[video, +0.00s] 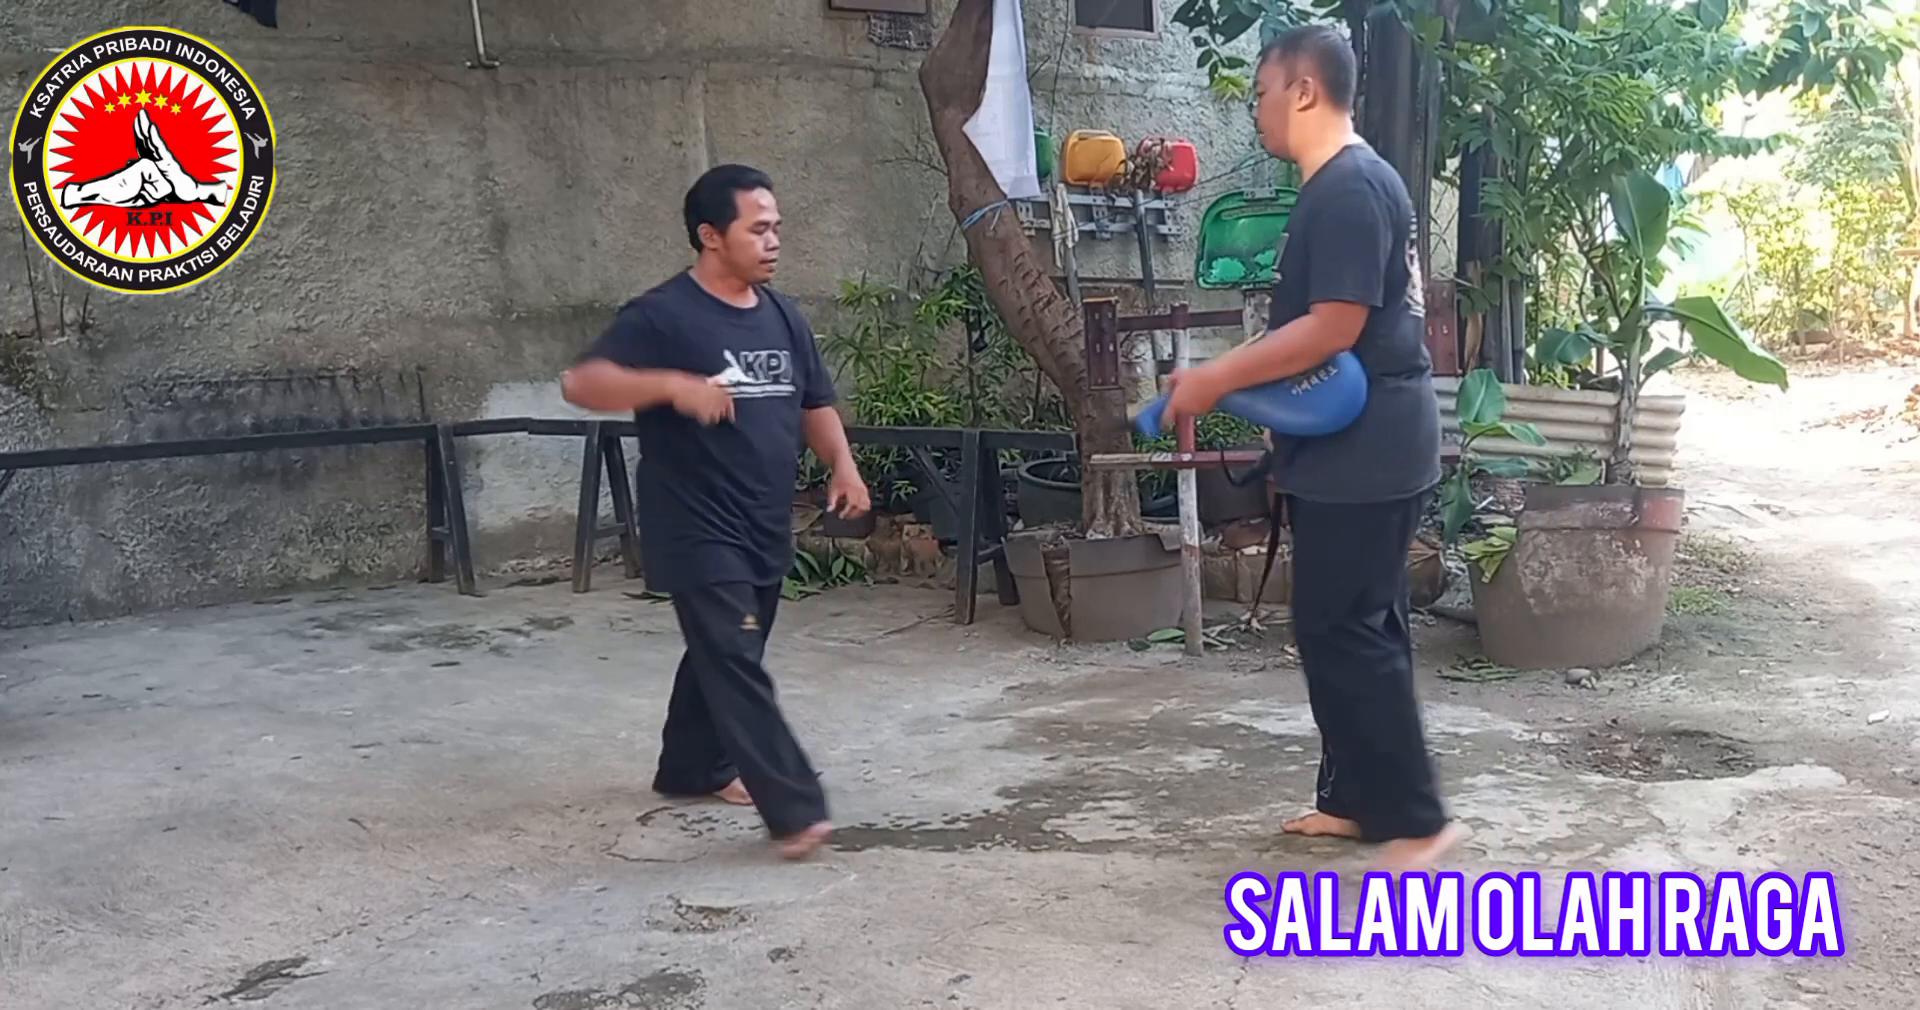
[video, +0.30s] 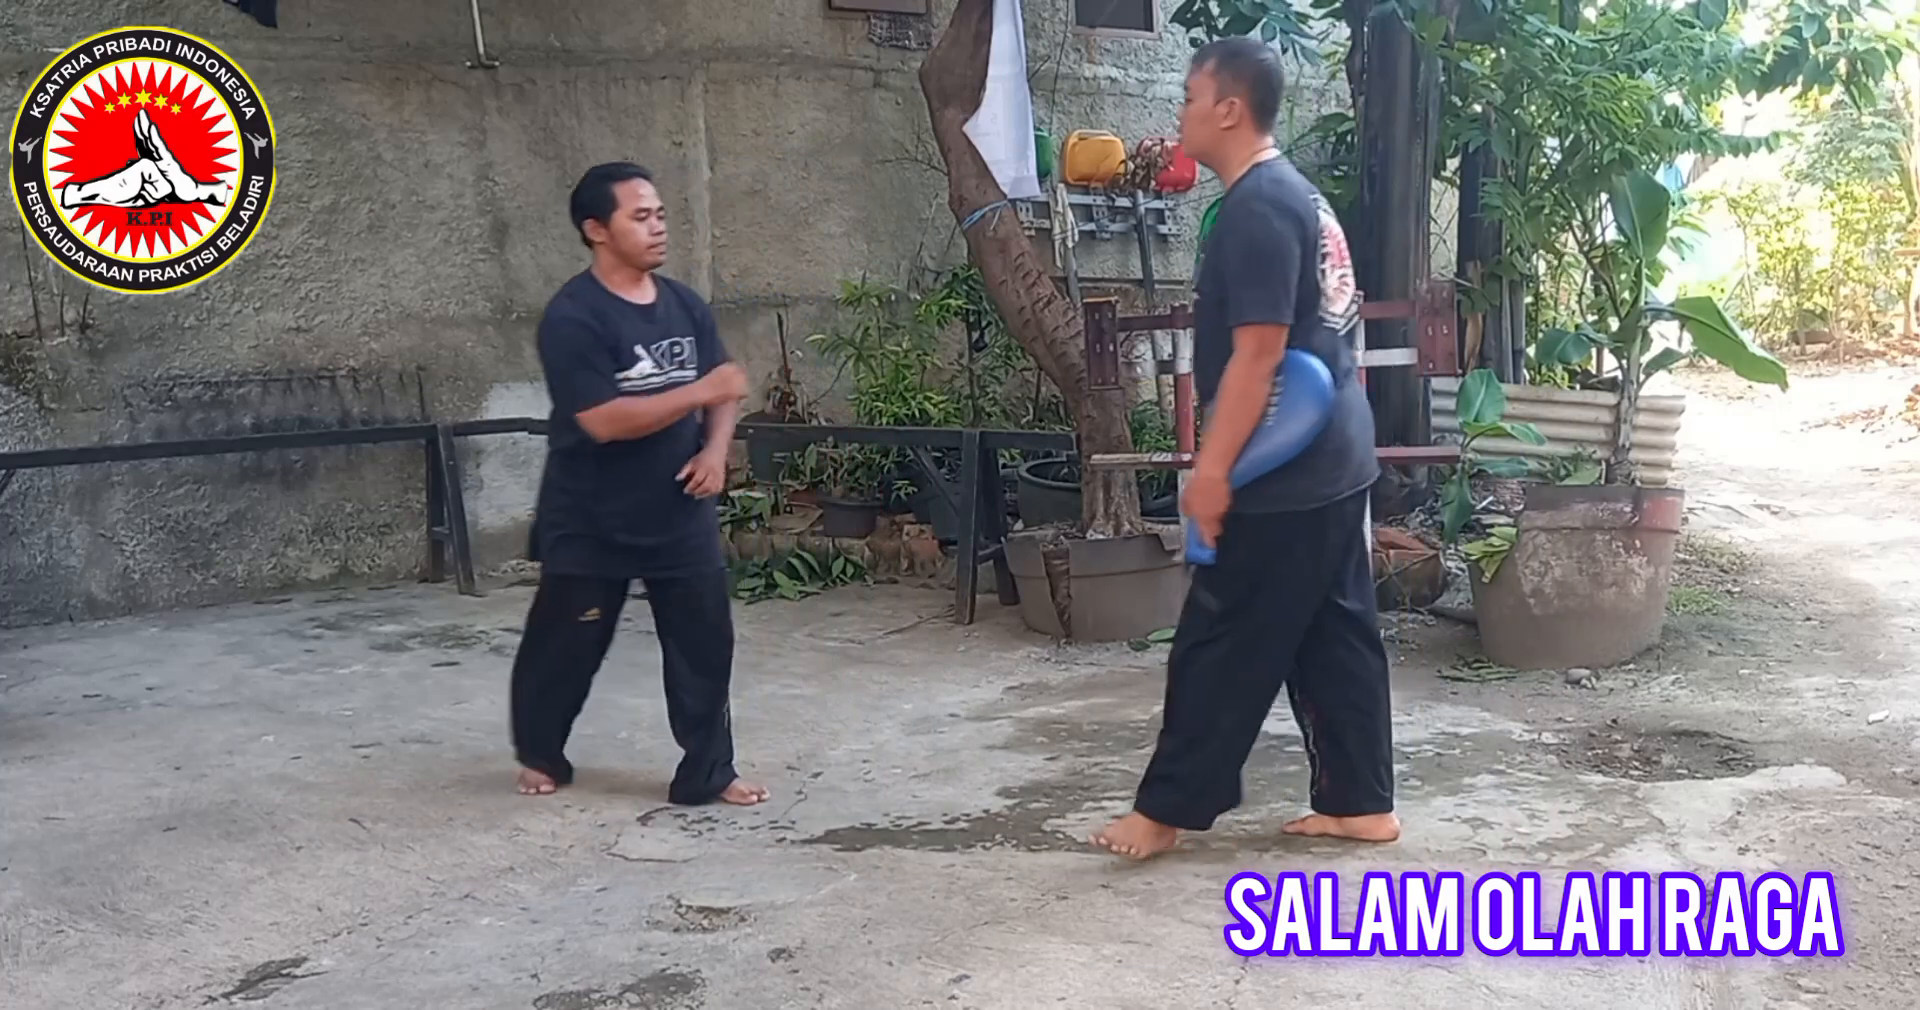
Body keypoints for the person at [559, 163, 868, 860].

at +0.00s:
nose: (775, 238)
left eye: (776, 225)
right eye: (760, 227)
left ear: (772, 229)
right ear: (710, 236)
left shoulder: (783, 314)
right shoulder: (661, 313)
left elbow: (814, 402)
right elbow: (580, 382)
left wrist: (843, 463)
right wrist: (673, 386)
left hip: (766, 523)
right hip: (694, 524)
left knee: (729, 649)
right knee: (731, 654)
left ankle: (690, 769)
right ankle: (795, 811)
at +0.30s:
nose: (658, 226)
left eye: (659, 214)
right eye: (642, 217)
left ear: (664, 218)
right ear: (597, 231)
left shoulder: (687, 305)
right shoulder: (570, 317)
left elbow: (722, 388)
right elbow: (603, 420)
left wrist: (716, 451)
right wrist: (703, 390)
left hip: (681, 508)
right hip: (594, 515)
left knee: (704, 642)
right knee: (566, 639)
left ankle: (708, 772)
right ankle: (540, 753)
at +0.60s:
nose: (581, 252)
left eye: (588, 238)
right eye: (566, 241)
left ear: (595, 231)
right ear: (524, 234)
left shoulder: (616, 302)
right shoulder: (470, 307)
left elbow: (640, 382)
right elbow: (429, 385)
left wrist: (639, 445)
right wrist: (479, 438)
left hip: (605, 501)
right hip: (516, 507)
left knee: (634, 623)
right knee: (520, 638)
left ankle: (609, 737)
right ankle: (531, 757)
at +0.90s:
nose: (595, 257)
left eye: (602, 244)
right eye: (581, 243)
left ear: (609, 242)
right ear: (540, 239)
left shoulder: (620, 320)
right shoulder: (479, 296)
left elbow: (636, 409)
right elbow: (433, 363)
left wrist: (624, 454)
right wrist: (470, 429)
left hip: (575, 498)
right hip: (488, 496)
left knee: (581, 622)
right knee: (486, 622)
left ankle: (584, 737)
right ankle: (493, 743)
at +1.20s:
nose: (532, 261)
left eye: (535, 250)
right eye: (516, 251)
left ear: (541, 255)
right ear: (474, 260)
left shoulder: (566, 332)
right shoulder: (426, 334)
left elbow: (605, 410)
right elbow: (389, 418)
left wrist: (596, 468)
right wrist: (451, 443)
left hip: (546, 513)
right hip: (452, 518)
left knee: (590, 604)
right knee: (437, 618)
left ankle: (594, 736)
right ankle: (442, 727)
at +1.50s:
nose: (583, 254)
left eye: (586, 244)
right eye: (567, 243)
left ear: (592, 252)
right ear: (525, 256)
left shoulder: (617, 332)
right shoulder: (477, 334)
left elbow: (664, 409)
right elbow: (449, 421)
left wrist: (667, 453)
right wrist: (514, 441)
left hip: (607, 517)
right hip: (511, 520)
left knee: (652, 619)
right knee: (473, 622)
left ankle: (665, 751)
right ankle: (456, 726)